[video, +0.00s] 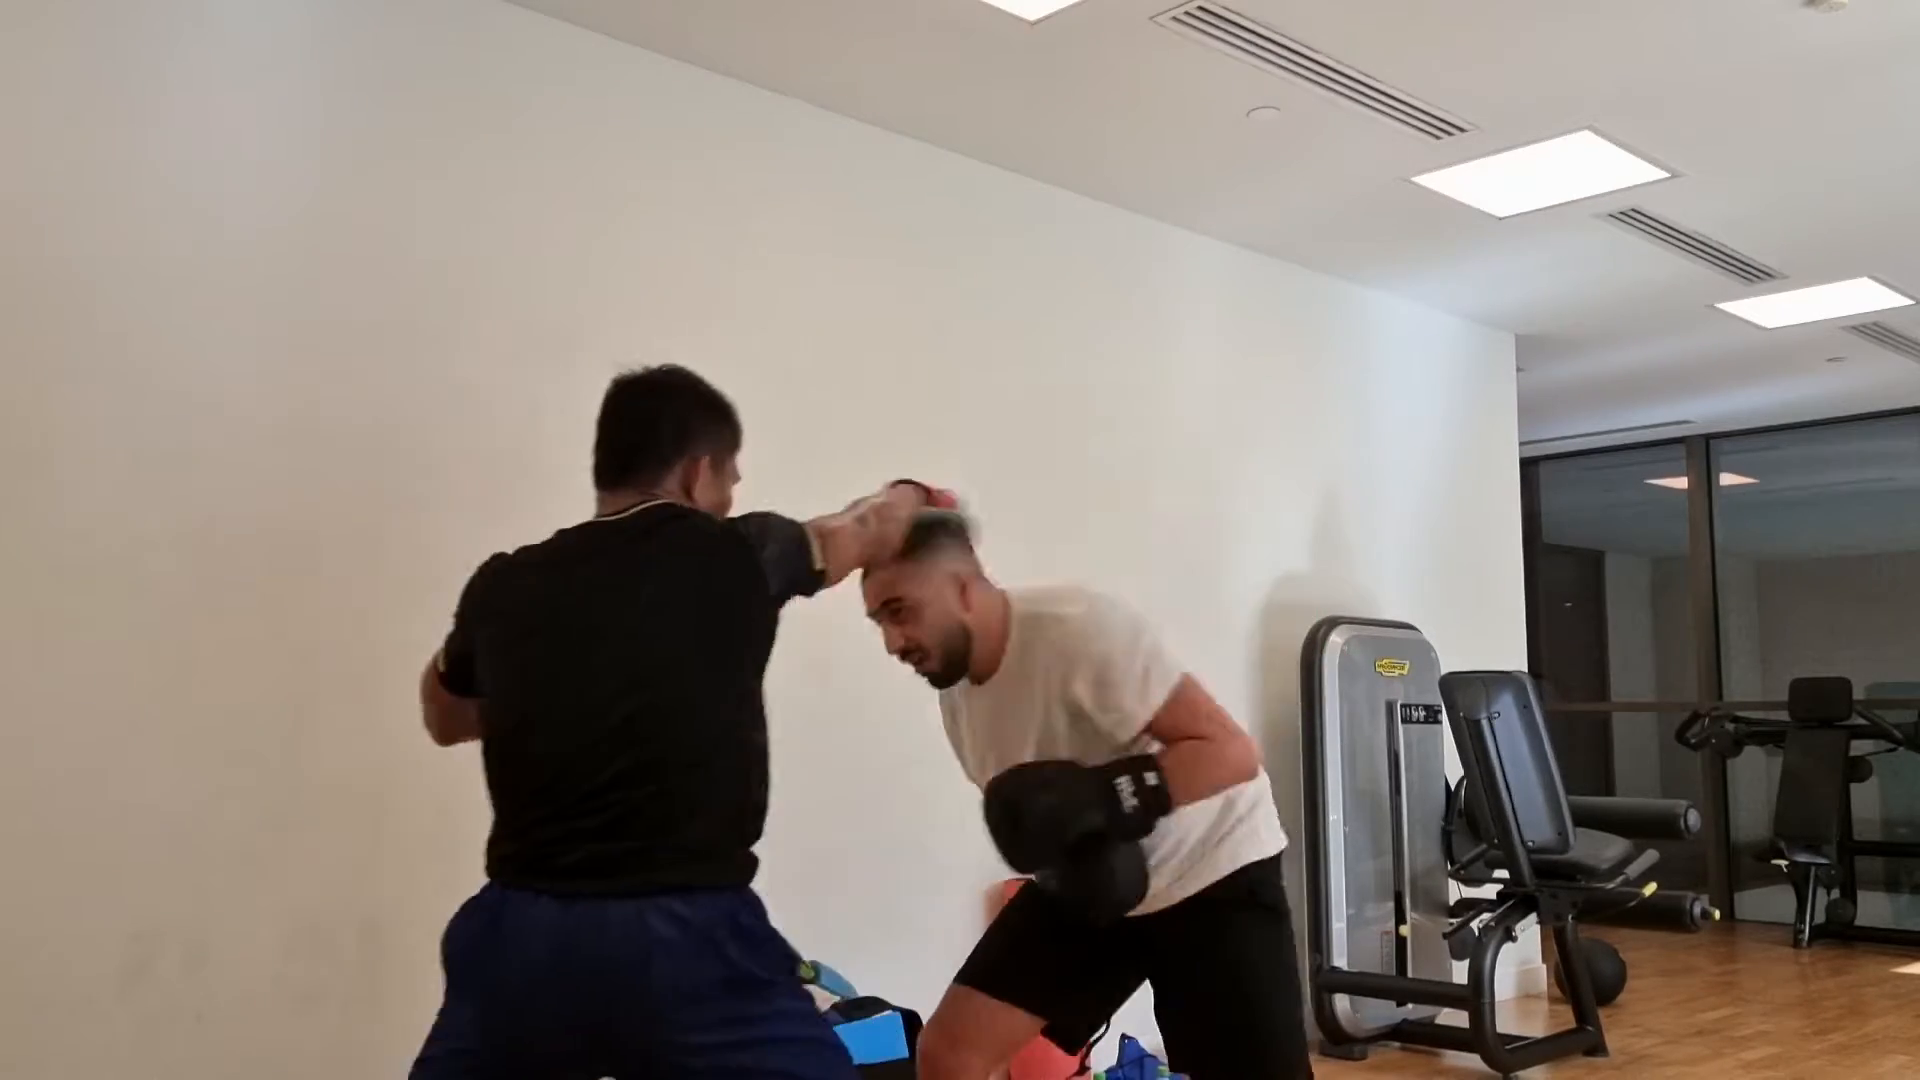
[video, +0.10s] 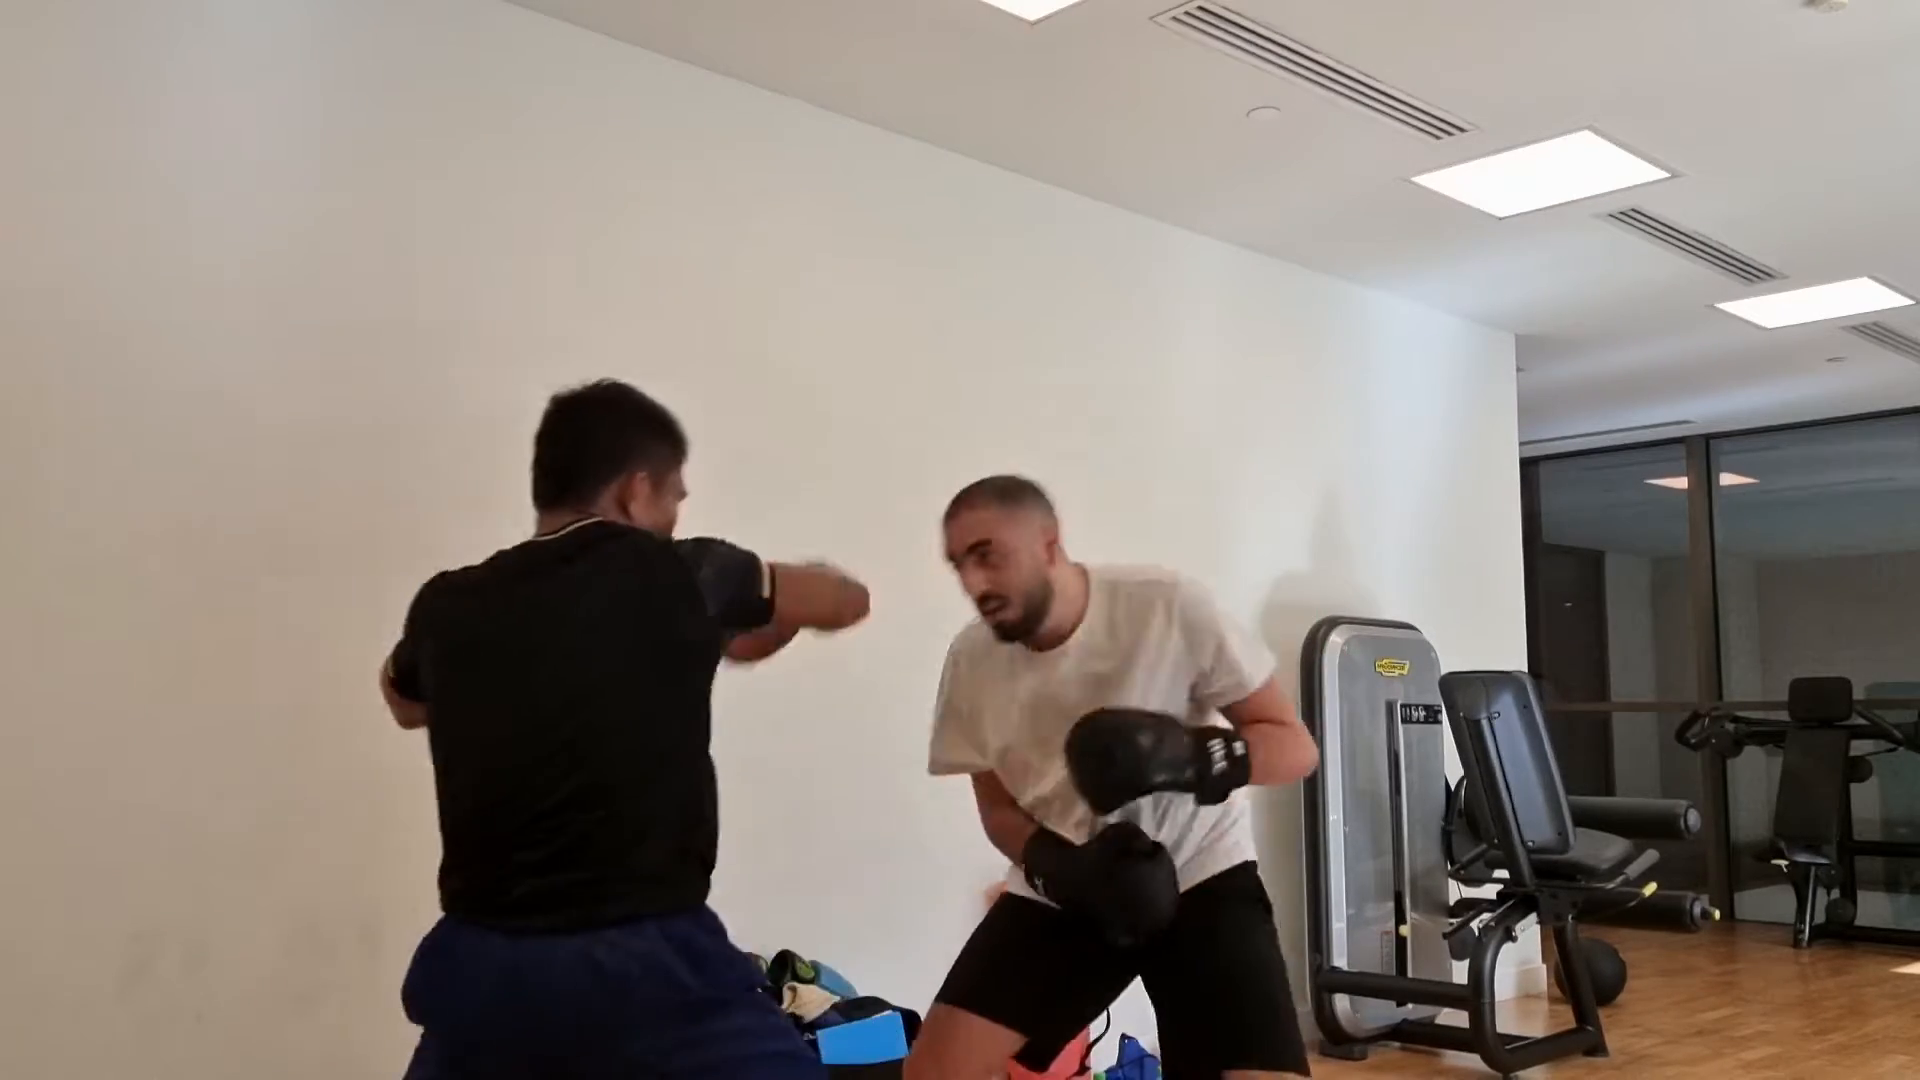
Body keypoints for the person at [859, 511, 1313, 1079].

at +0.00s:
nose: (891, 643)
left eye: (900, 613)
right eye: (880, 622)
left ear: (965, 588)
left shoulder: (1088, 631)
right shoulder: (959, 702)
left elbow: (1234, 754)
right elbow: (1029, 808)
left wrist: (1112, 794)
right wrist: (1072, 862)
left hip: (1213, 875)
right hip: (1088, 892)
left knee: (1259, 1071)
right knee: (952, 1052)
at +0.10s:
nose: (971, 583)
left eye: (984, 554)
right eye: (959, 566)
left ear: (1049, 544)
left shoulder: (1173, 607)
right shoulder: (974, 660)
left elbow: (1293, 747)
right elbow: (998, 808)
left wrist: (1191, 756)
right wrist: (1068, 867)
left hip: (1205, 884)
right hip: (1062, 894)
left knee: (1261, 1073)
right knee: (940, 1067)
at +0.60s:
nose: (825, 663)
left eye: (827, 635)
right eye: (819, 647)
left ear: (881, 596)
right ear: (884, 601)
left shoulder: (978, 639)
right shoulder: (948, 674)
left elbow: (1086, 779)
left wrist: (961, 824)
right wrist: (1024, 838)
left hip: (1198, 830)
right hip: (1094, 860)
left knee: (1252, 1064)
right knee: (958, 1033)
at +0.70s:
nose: (840, 703)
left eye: (845, 674)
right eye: (831, 683)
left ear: (905, 642)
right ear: (906, 645)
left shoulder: (1033, 673)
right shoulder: (939, 709)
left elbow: (1175, 803)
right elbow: (1041, 806)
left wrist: (1047, 863)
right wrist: (1009, 852)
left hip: (1196, 869)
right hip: (1086, 883)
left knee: (1238, 1063)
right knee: (943, 1036)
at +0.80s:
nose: (907, 639)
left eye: (915, 609)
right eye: (899, 617)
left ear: (984, 588)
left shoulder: (1117, 643)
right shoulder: (939, 696)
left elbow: (1247, 785)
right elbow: (992, 821)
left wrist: (1131, 817)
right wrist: (1034, 874)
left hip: (1182, 885)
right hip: (1049, 895)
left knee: (1248, 1073)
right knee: (926, 1058)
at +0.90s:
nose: (963, 554)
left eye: (978, 527)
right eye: (953, 536)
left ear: (1046, 520)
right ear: (950, 541)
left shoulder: (1162, 607)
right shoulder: (957, 648)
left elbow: (1270, 753)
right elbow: (976, 790)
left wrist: (1166, 737)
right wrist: (1024, 856)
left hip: (1175, 892)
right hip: (1036, 901)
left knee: (1241, 1071)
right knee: (923, 1066)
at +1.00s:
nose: (943, 509)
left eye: (960, 483)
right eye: (938, 490)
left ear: (1028, 481)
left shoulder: (1132, 568)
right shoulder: (971, 632)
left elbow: (1231, 712)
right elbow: (999, 770)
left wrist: (1108, 655)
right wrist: (1021, 827)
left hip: (1173, 883)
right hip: (1048, 889)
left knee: (1223, 1070)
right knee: (920, 1059)